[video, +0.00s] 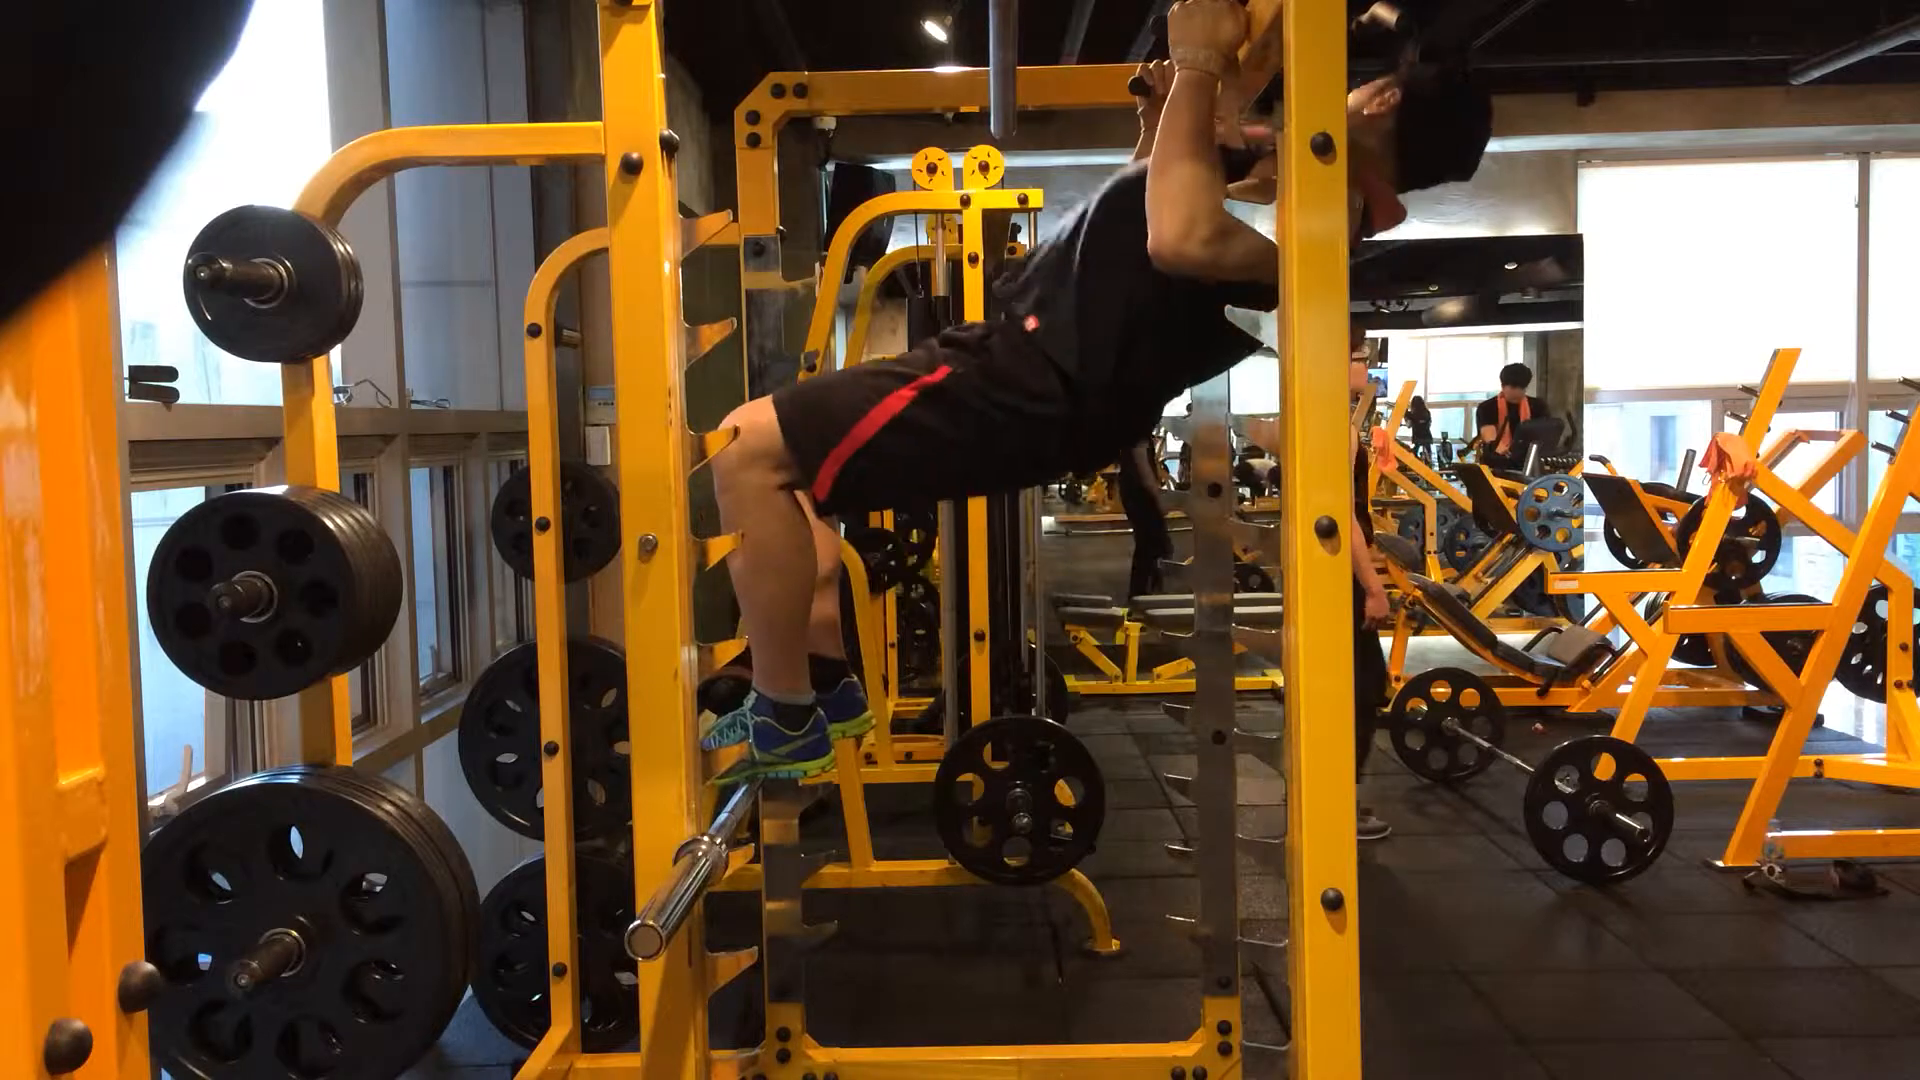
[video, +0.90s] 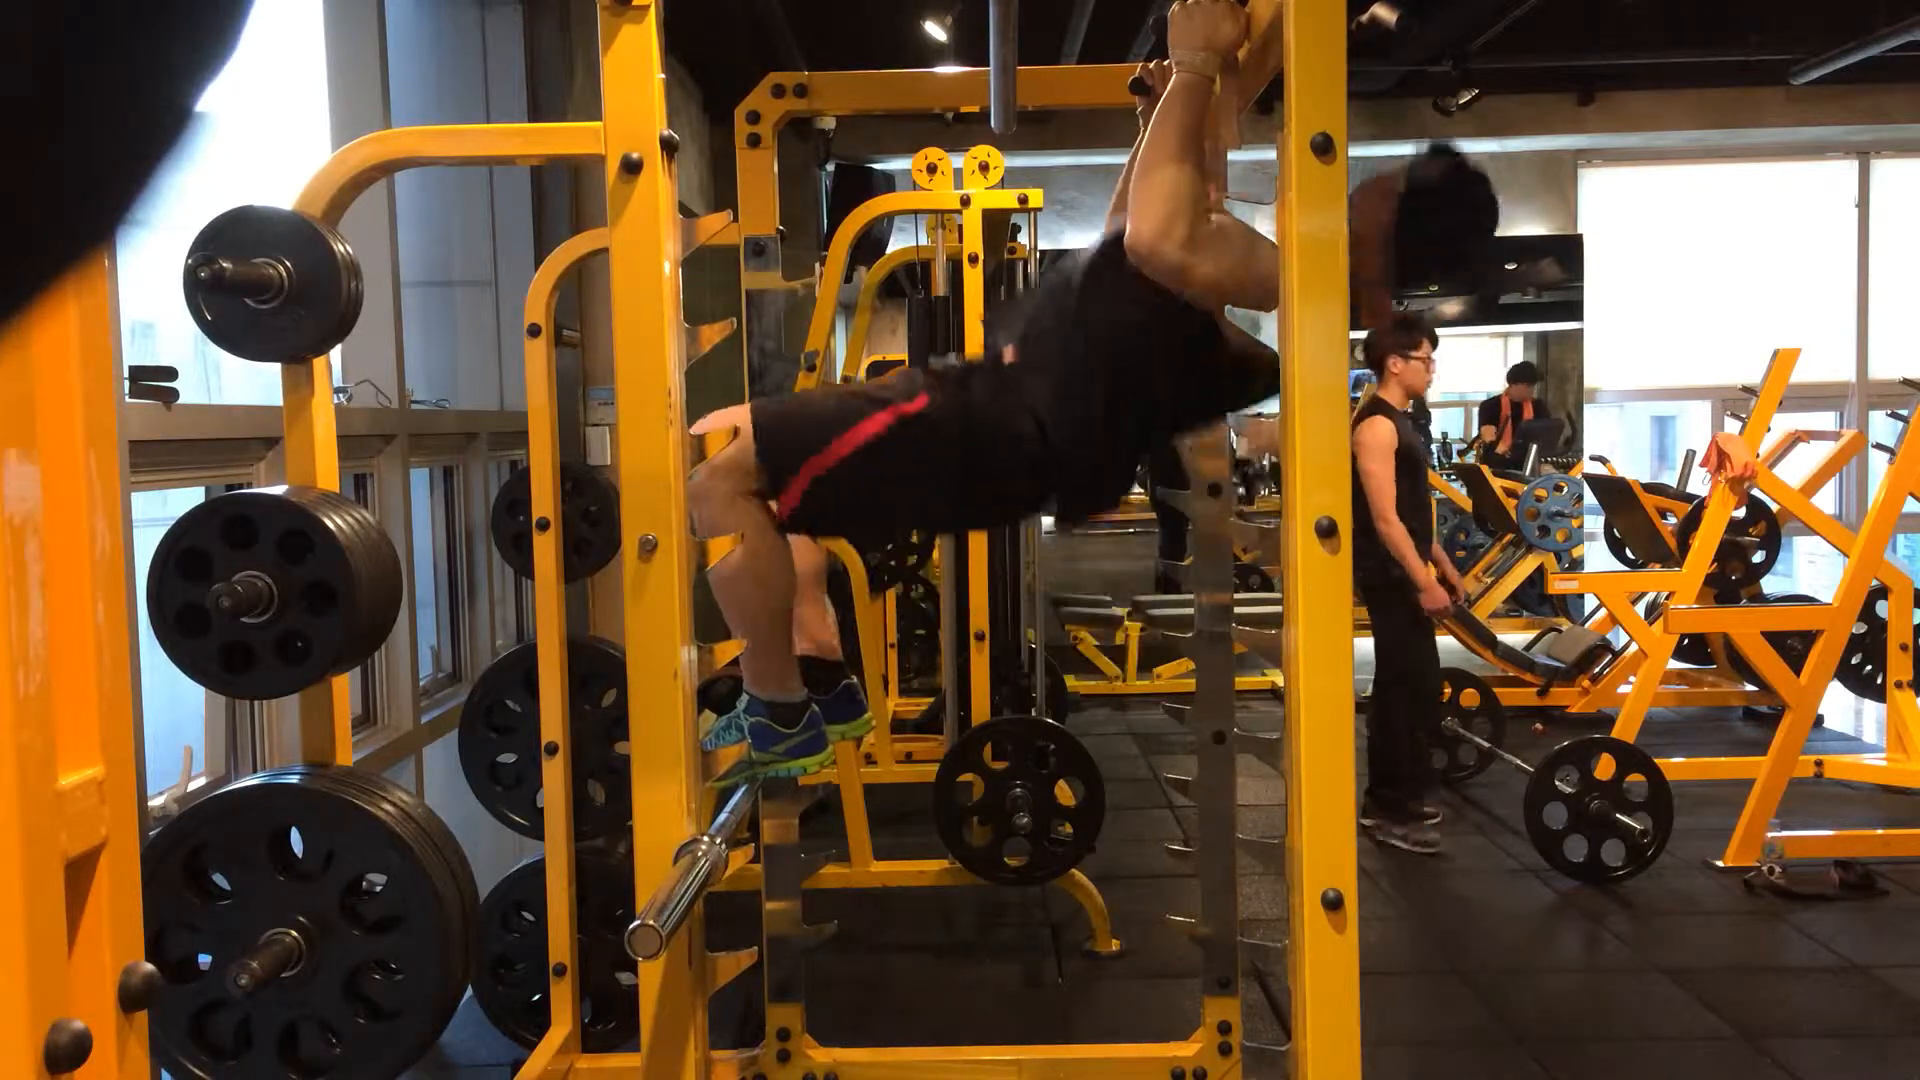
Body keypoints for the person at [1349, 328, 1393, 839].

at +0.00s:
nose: (1370, 370)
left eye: (1367, 361)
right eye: (1361, 361)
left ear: (1347, 371)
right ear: (1338, 369)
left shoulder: (1338, 427)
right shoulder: (1332, 430)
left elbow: (1346, 512)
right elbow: (1340, 512)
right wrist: (1372, 584)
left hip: (1341, 593)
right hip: (1337, 596)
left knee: (1365, 690)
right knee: (1367, 689)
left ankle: (1340, 803)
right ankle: (1342, 806)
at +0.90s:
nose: (1432, 370)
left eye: (1432, 361)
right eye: (1424, 360)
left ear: (1402, 365)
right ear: (1395, 363)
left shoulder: (1402, 420)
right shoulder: (1377, 425)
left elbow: (1412, 510)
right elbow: (1383, 516)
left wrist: (1443, 566)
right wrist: (1423, 582)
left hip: (1404, 571)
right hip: (1388, 572)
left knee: (1405, 681)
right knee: (1413, 683)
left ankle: (1400, 796)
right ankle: (1391, 811)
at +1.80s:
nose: (1490, 404)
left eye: (1496, 396)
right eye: (1493, 393)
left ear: (1471, 377)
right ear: (1472, 376)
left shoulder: (1445, 424)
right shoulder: (1430, 429)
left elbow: (1453, 518)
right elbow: (1429, 528)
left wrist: (1482, 571)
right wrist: (1464, 602)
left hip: (1450, 584)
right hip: (1429, 587)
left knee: (1477, 696)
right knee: (1450, 701)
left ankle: (1458, 806)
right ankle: (1434, 827)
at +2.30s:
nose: (1561, 410)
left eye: (1567, 401)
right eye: (1564, 398)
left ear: (1536, 376)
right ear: (1545, 379)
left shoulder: (1489, 418)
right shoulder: (1493, 428)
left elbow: (1484, 524)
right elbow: (1490, 528)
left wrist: (1512, 590)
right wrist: (1525, 599)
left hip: (1475, 582)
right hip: (1473, 585)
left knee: (1505, 704)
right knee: (1488, 703)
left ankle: (1515, 827)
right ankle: (1437, 827)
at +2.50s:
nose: (1583, 415)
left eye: (1589, 407)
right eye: (1588, 405)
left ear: (1566, 381)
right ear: (1572, 385)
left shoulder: (1513, 420)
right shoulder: (1514, 434)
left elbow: (1517, 524)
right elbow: (1512, 538)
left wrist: (1563, 569)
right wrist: (1554, 608)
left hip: (1493, 578)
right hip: (1486, 583)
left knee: (1522, 702)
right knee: (1516, 703)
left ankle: (1498, 821)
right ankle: (1472, 820)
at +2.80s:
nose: (1626, 452)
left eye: (1634, 446)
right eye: (1632, 441)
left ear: (1615, 415)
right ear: (1617, 419)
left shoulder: (1565, 443)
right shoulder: (1552, 455)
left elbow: (1586, 520)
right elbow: (1539, 560)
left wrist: (1631, 568)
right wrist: (1567, 632)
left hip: (1495, 574)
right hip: (1478, 577)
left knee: (1509, 701)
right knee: (1503, 704)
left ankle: (1504, 824)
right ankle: (1494, 838)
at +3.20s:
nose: (1662, 517)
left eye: (1671, 515)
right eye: (1670, 511)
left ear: (1661, 469)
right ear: (1664, 484)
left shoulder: (1606, 446)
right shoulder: (1606, 516)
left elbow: (1616, 539)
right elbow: (1585, 618)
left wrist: (1652, 590)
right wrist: (1594, 697)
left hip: (1471, 551)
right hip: (1483, 570)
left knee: (1501, 700)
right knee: (1501, 705)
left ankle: (1495, 824)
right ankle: (1493, 838)